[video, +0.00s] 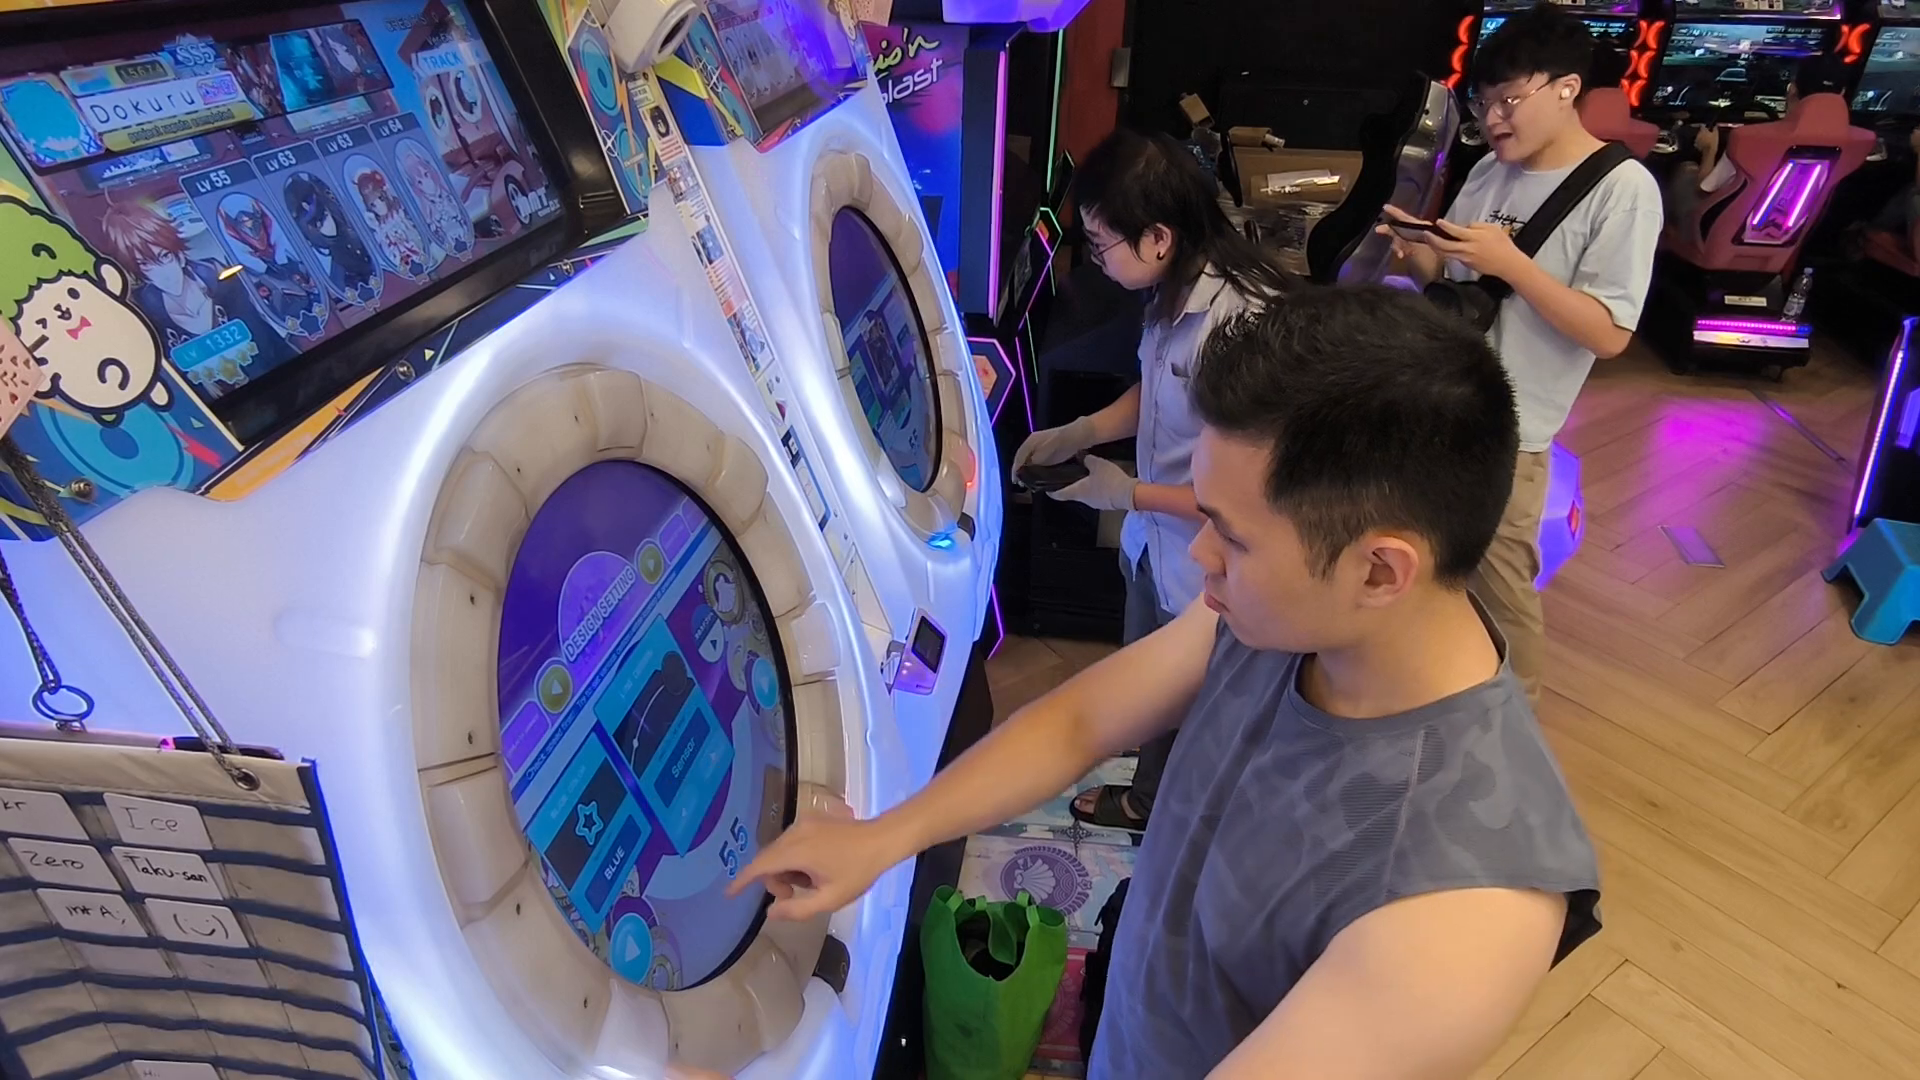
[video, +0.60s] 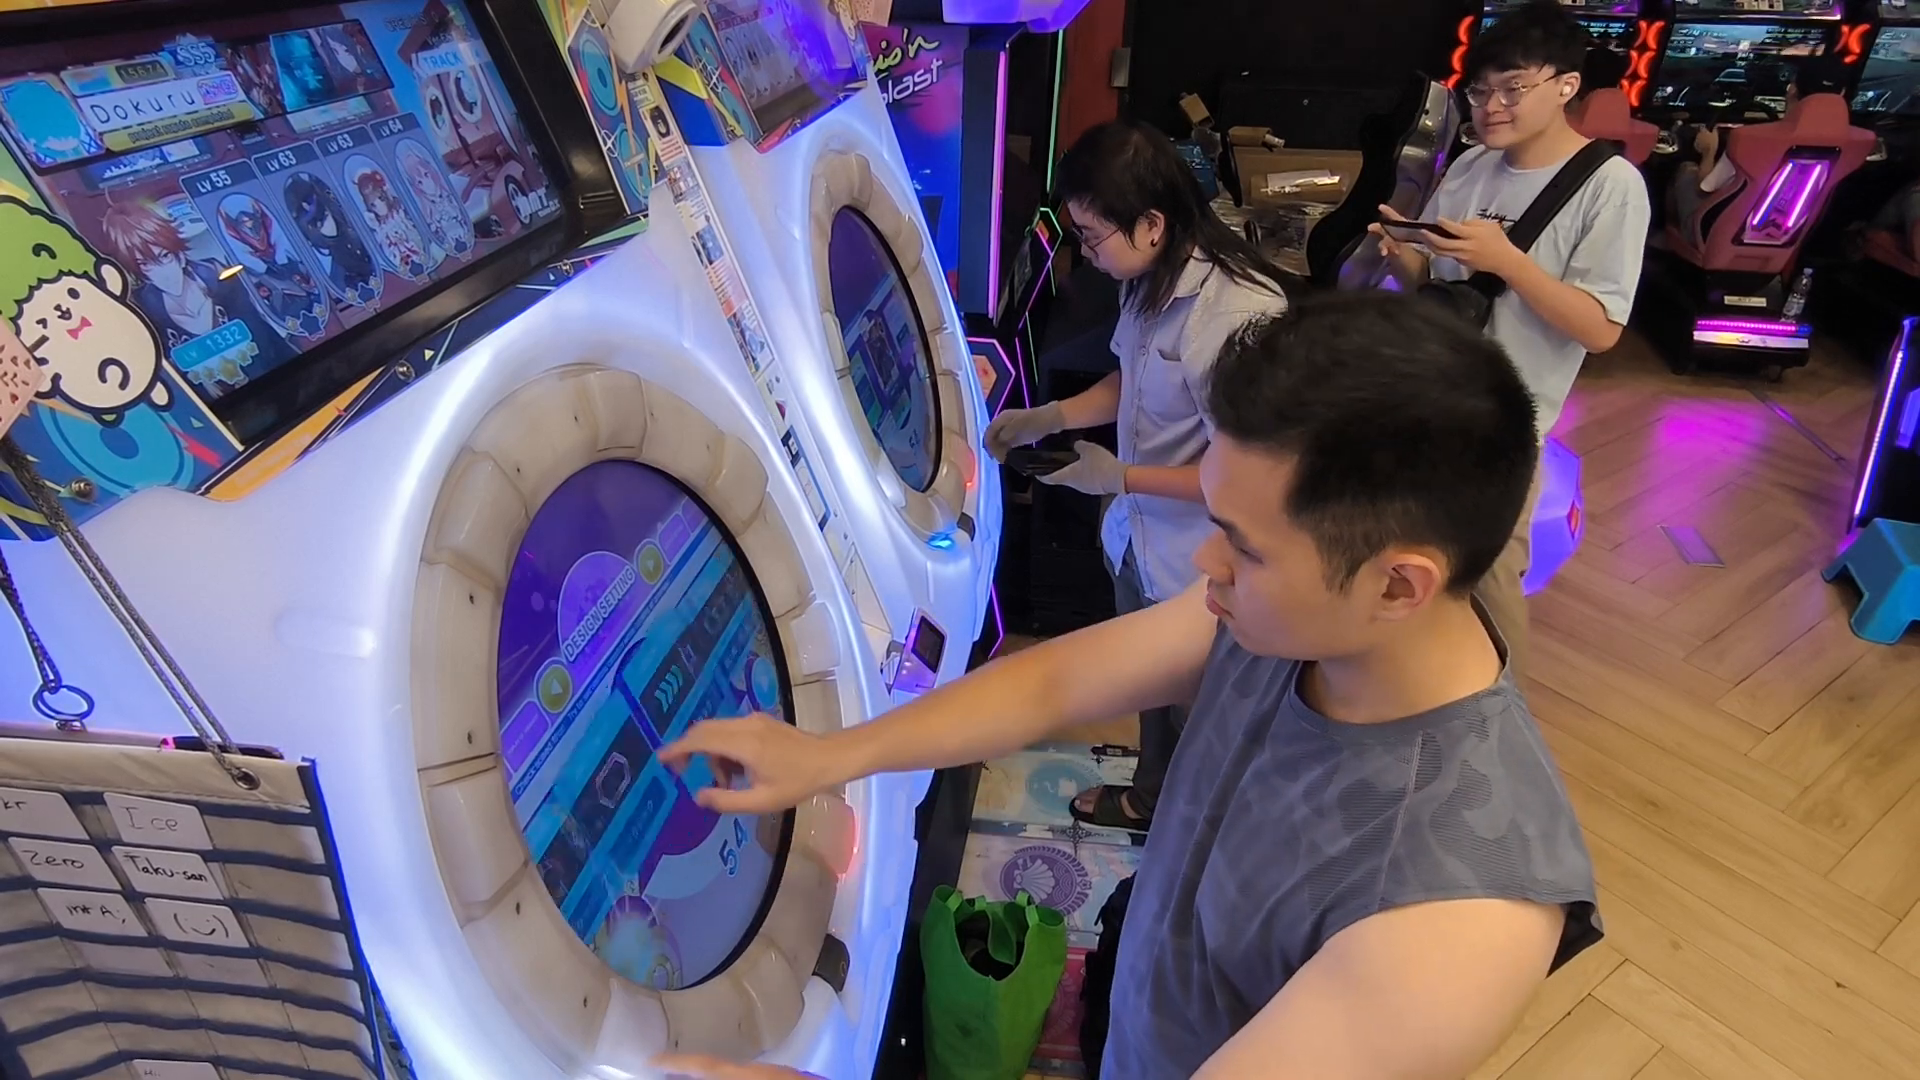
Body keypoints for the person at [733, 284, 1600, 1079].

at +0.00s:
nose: (1193, 551)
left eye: (1224, 532)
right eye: (1200, 512)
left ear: (1379, 573)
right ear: (1369, 570)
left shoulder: (1463, 898)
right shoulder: (1286, 606)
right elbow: (1079, 723)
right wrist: (884, 835)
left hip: (1188, 1073)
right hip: (1123, 1014)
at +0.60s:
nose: (1199, 561)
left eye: (1242, 550)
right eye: (1214, 523)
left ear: (1401, 585)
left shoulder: (1457, 905)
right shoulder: (1292, 601)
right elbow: (1057, 683)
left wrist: (811, 1075)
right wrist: (836, 755)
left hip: (1186, 1072)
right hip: (1129, 998)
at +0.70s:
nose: (1205, 557)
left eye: (1252, 544)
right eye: (1221, 517)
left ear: (1409, 587)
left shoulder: (1465, 908)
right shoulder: (1288, 599)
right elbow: (1041, 668)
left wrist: (841, 1074)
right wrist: (807, 726)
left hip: (1195, 1071)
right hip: (1128, 994)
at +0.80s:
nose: (1214, 556)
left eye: (1262, 544)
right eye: (1230, 514)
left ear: (1420, 585)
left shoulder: (1470, 910)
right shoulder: (1280, 592)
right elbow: (1027, 660)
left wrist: (859, 1078)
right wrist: (772, 712)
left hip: (1201, 1079)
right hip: (1131, 1008)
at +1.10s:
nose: (1223, 561)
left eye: (1276, 551)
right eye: (1241, 517)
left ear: (1435, 596)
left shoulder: (1474, 909)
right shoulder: (1287, 596)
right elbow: (1050, 693)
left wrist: (831, 1072)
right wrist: (844, 801)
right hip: (1132, 1017)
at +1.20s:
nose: (1221, 560)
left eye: (1272, 549)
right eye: (1239, 516)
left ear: (1431, 593)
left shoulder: (1473, 909)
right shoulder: (1290, 604)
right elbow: (1067, 712)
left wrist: (808, 1070)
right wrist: (869, 830)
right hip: (1132, 1022)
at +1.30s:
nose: (1217, 557)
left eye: (1266, 543)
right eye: (1234, 514)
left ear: (1426, 590)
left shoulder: (1473, 904)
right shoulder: (1288, 611)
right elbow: (1071, 713)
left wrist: (868, 1074)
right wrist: (867, 826)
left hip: (1196, 1076)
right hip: (1130, 1020)